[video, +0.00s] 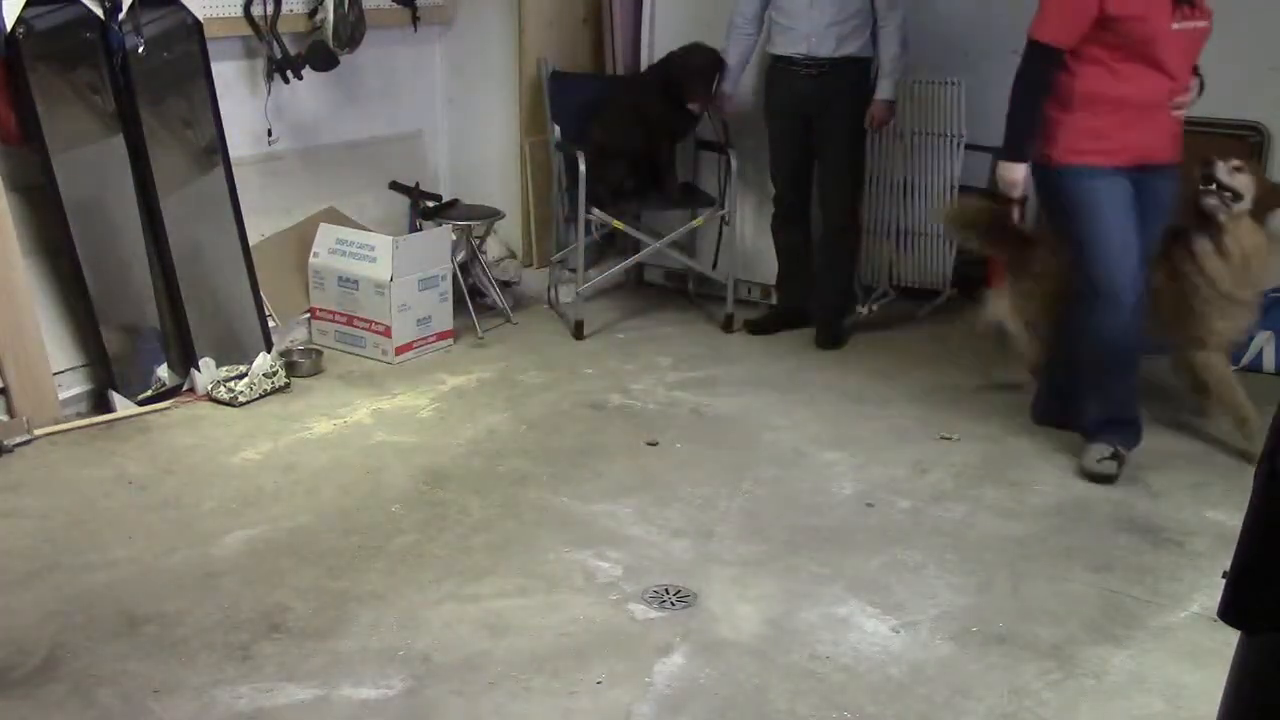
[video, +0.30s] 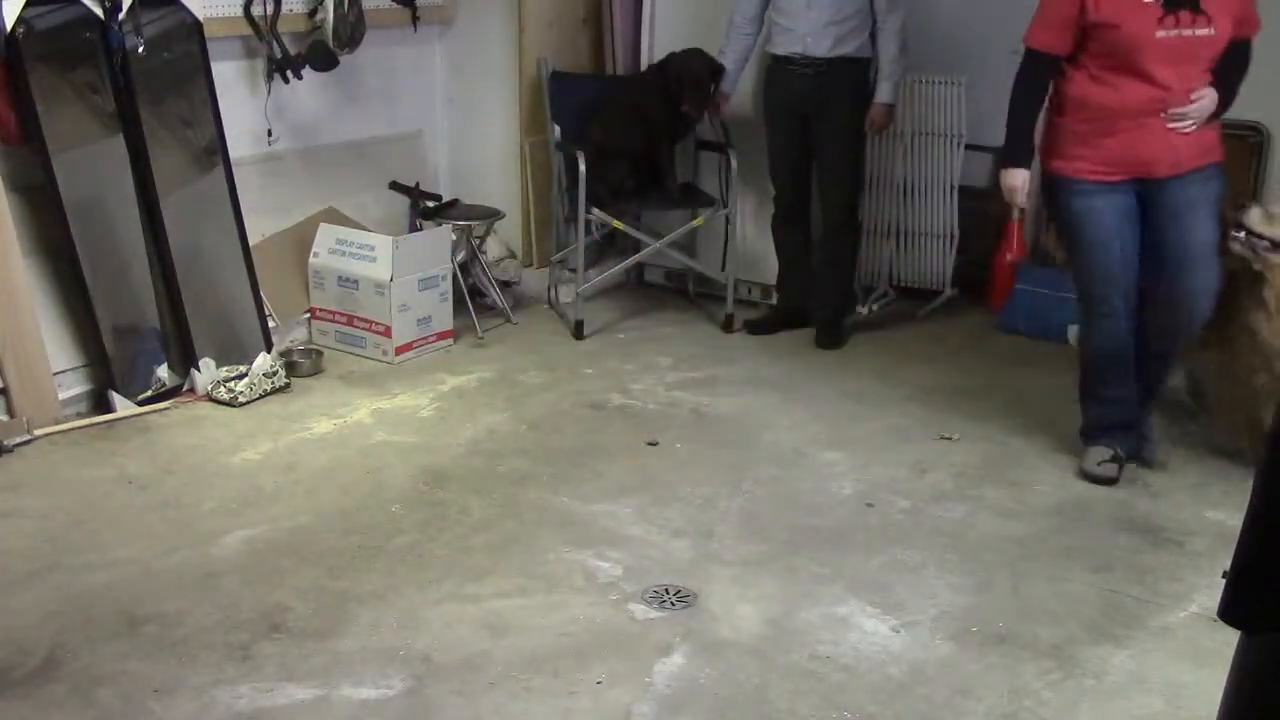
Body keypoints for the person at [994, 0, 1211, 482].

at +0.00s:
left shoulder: (1194, 6)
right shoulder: (1083, 5)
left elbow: (1169, 46)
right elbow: (1041, 55)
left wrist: (1191, 78)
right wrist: (1015, 153)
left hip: (1156, 151)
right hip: (1084, 148)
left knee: (1118, 287)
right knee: (1117, 288)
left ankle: (1061, 400)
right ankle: (1108, 433)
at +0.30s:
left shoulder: (1229, 2)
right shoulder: (1076, 4)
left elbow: (1240, 39)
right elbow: (1039, 59)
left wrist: (1219, 92)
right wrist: (1016, 154)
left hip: (1186, 157)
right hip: (1092, 156)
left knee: (1190, 296)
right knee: (1109, 302)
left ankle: (1134, 410)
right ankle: (1104, 435)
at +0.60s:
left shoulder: (1248, 5)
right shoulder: (1079, 4)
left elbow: (1271, 65)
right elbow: (1041, 72)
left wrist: (1227, 121)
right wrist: (1009, 168)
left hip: (1198, 171)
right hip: (1098, 173)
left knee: (1171, 339)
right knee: (1105, 327)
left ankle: (1169, 509)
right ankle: (1109, 439)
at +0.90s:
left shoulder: (1248, 6)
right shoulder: (1076, 3)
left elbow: (1275, 77)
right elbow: (1049, 62)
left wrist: (1197, 130)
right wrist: (1007, 161)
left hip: (1186, 201)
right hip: (1074, 186)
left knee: (1159, 370)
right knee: (1034, 334)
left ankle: (1162, 526)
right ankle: (1082, 469)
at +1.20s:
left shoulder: (1151, 5)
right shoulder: (999, 5)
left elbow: (1194, 97)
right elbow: (988, 94)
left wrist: (1077, 158)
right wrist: (963, 192)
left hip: (1105, 233)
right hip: (994, 220)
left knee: (1109, 408)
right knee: (974, 394)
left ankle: (1128, 574)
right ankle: (980, 568)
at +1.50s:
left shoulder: (1012, 4)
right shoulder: (884, 10)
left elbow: (1053, 89)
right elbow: (879, 106)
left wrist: (930, 150)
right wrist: (835, 188)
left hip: (981, 225)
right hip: (910, 221)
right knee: (948, 406)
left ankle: (839, 610)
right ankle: (979, 572)